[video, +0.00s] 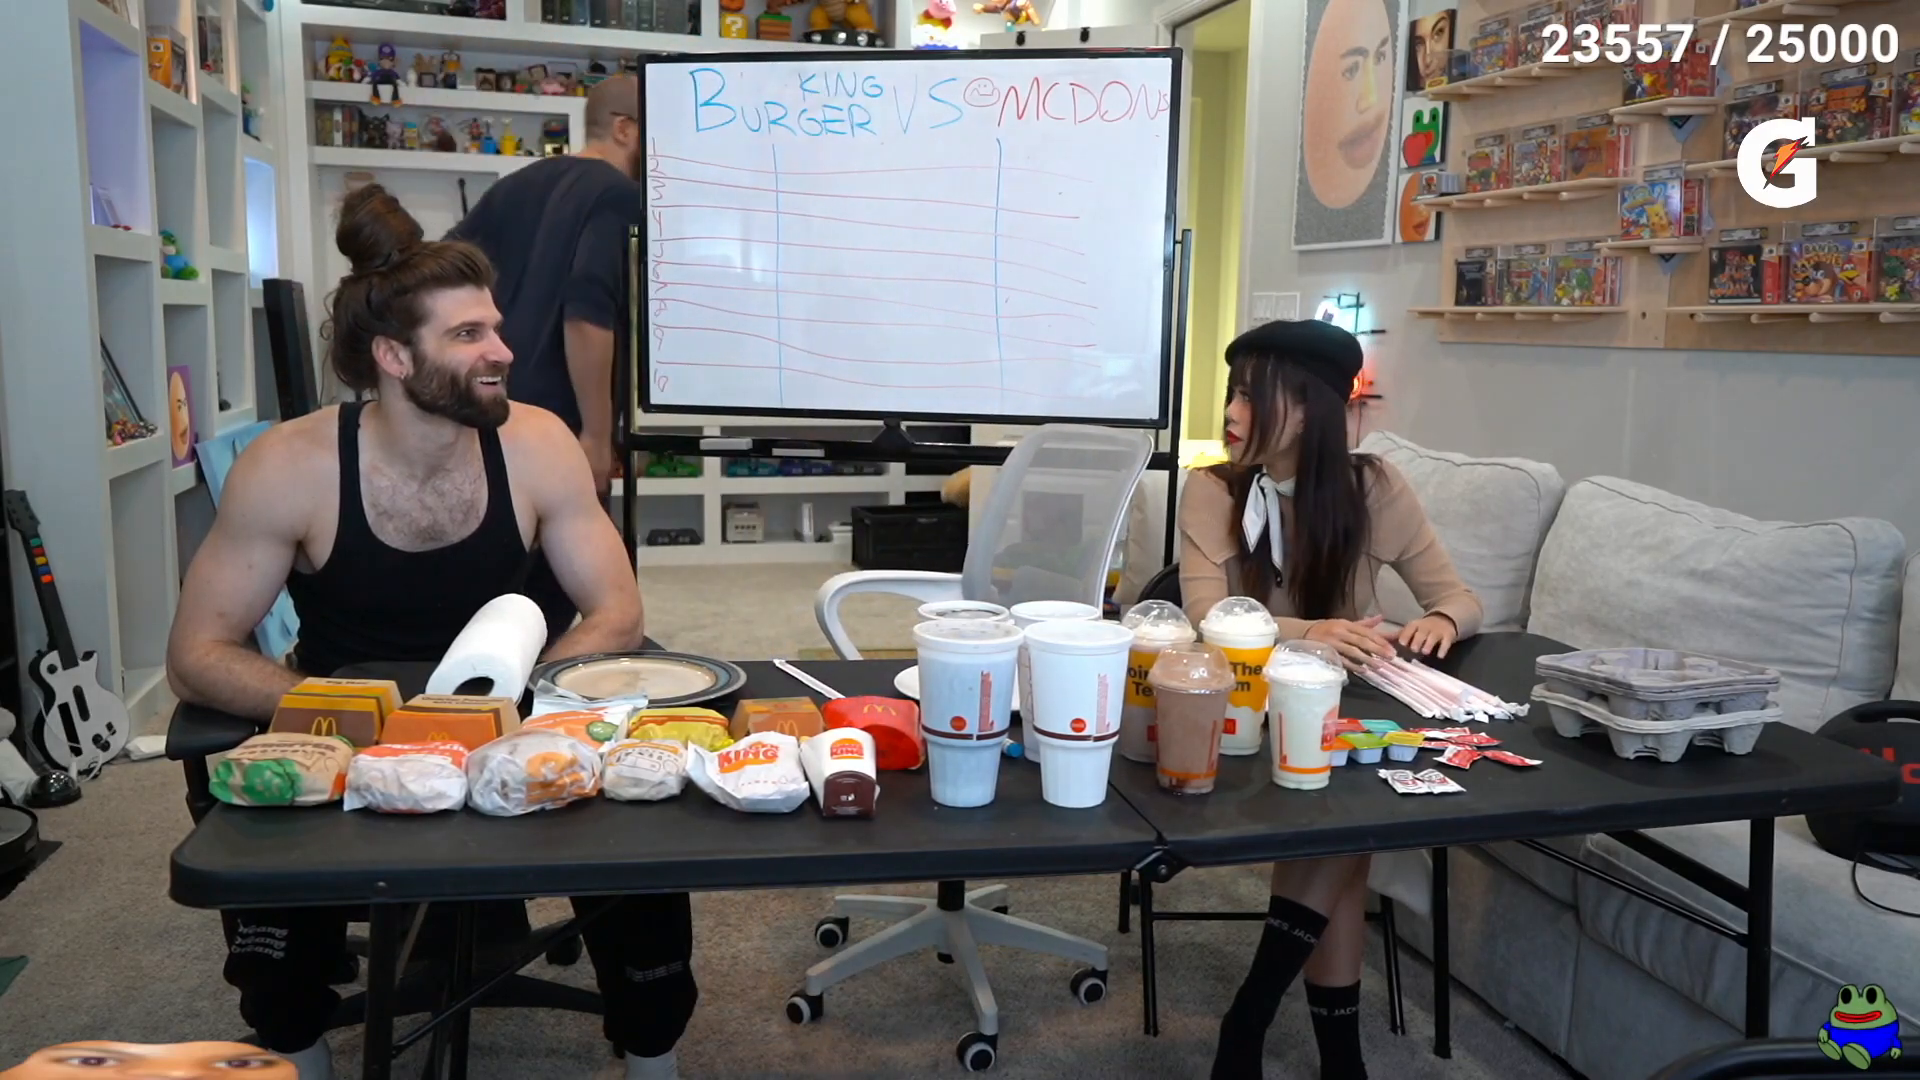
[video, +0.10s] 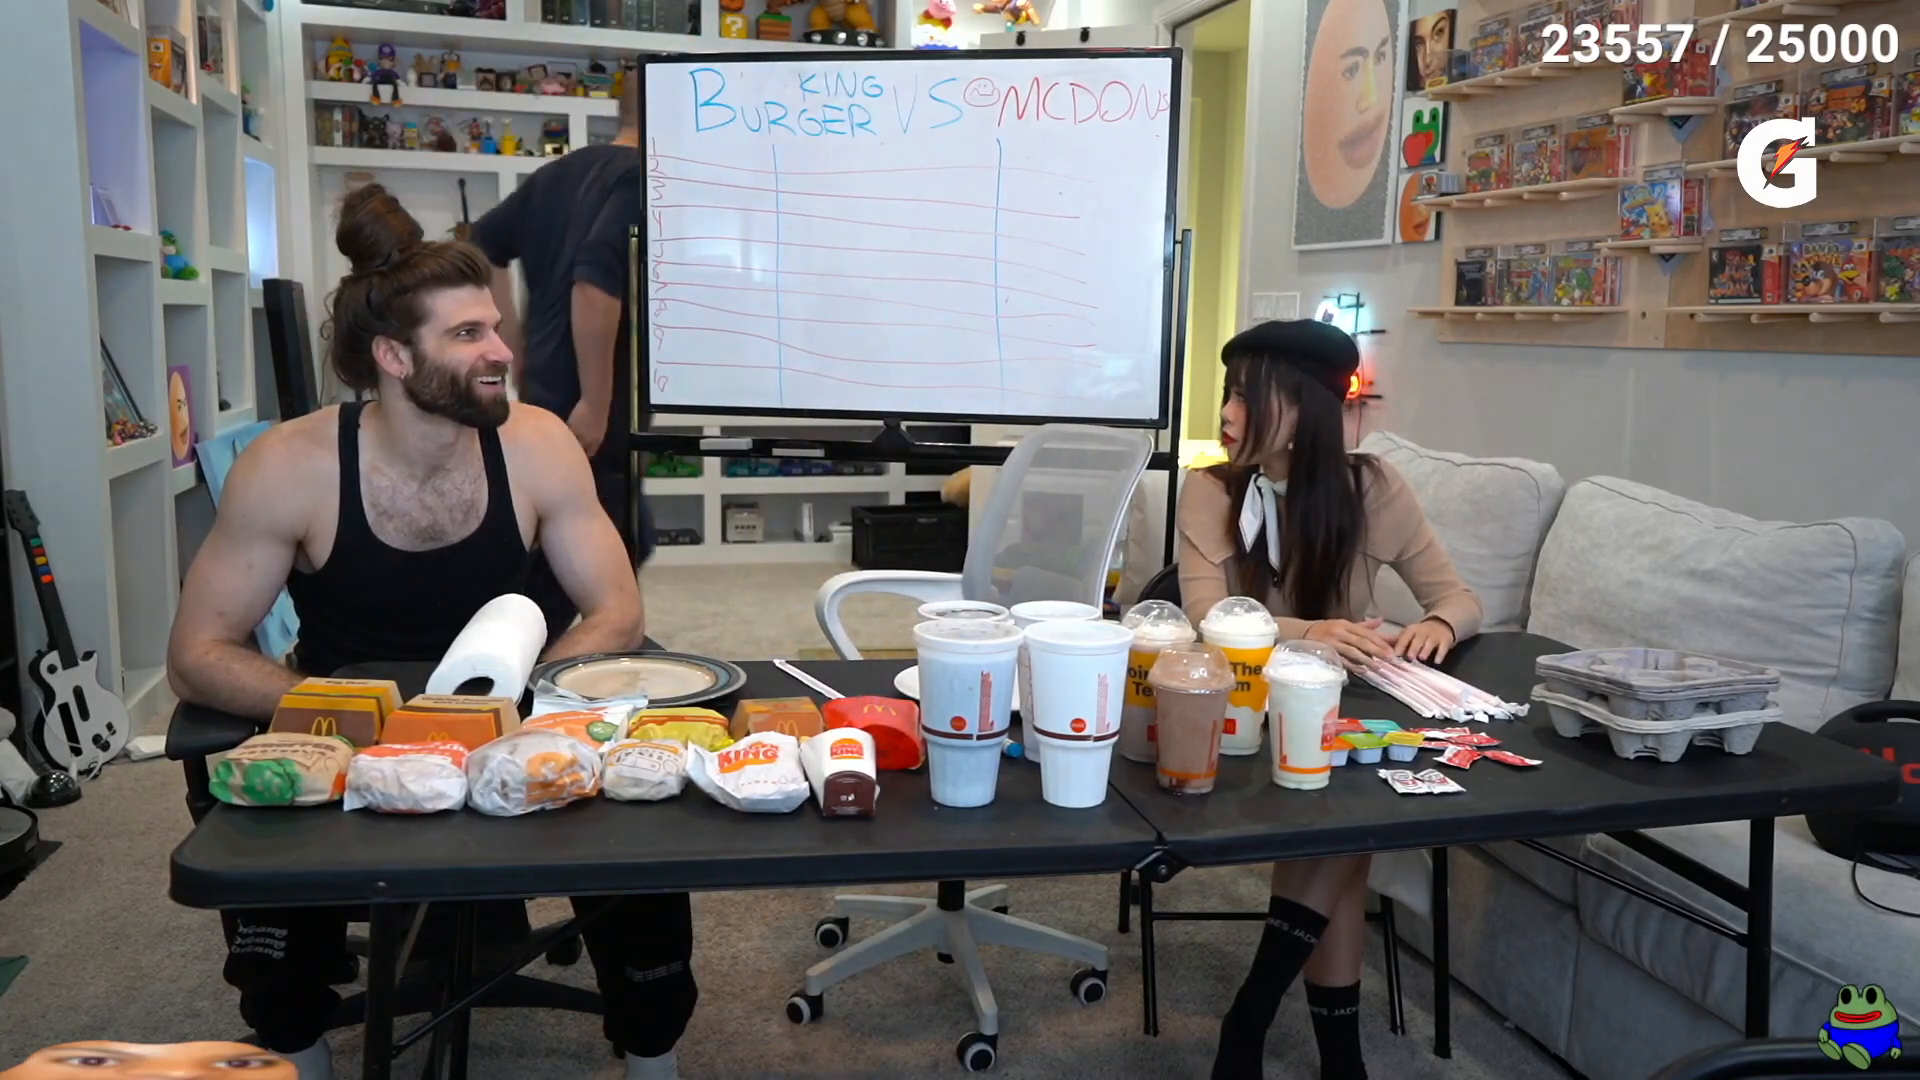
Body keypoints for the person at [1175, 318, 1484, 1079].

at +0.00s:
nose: (1231, 410)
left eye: (1252, 394)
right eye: (1233, 391)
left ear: (1310, 407)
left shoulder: (1372, 484)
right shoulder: (1213, 489)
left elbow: (1459, 597)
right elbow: (1212, 621)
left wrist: (1441, 619)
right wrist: (1312, 632)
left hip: (1340, 704)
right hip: (1240, 709)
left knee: (1340, 819)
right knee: (1347, 833)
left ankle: (1244, 1027)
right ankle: (1343, 1065)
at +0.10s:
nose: (1226, 412)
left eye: (1247, 395)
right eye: (1229, 392)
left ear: (1305, 406)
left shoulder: (1371, 484)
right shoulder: (1211, 489)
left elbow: (1459, 597)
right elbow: (1212, 621)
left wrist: (1437, 623)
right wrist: (1312, 632)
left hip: (1342, 703)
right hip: (1241, 708)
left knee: (1344, 815)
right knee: (1349, 830)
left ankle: (1246, 1025)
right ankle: (1343, 1064)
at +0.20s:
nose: (1226, 413)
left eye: (1246, 395)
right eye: (1228, 393)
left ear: (1303, 405)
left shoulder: (1370, 484)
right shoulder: (1209, 489)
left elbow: (1456, 596)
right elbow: (1212, 621)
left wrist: (1440, 626)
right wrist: (1308, 631)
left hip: (1340, 704)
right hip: (1239, 709)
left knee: (1345, 814)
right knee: (1348, 829)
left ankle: (1245, 1024)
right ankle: (1342, 1063)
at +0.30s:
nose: (1227, 412)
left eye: (1248, 395)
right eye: (1228, 392)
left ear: (1304, 406)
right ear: (1233, 398)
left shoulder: (1370, 485)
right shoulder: (1209, 489)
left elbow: (1456, 596)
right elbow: (1212, 622)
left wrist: (1442, 625)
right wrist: (1309, 630)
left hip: (1340, 703)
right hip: (1238, 708)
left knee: (1344, 815)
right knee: (1348, 829)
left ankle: (1243, 1025)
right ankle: (1342, 1063)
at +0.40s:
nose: (1233, 412)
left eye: (1255, 396)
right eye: (1231, 392)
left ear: (1309, 408)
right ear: (1229, 396)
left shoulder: (1369, 485)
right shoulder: (1209, 491)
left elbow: (1457, 597)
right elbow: (1211, 624)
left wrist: (1442, 624)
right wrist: (1308, 631)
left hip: (1339, 706)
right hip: (1237, 711)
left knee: (1343, 817)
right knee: (1348, 832)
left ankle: (1242, 1026)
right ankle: (1342, 1064)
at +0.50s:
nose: (1243, 411)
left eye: (1267, 395)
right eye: (1239, 389)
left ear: (1317, 409)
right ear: (1229, 393)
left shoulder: (1369, 486)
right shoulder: (1210, 490)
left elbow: (1458, 597)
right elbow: (1210, 622)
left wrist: (1444, 624)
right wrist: (1309, 630)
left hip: (1336, 707)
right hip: (1236, 711)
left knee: (1338, 818)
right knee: (1346, 834)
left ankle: (1241, 1026)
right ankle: (1342, 1064)